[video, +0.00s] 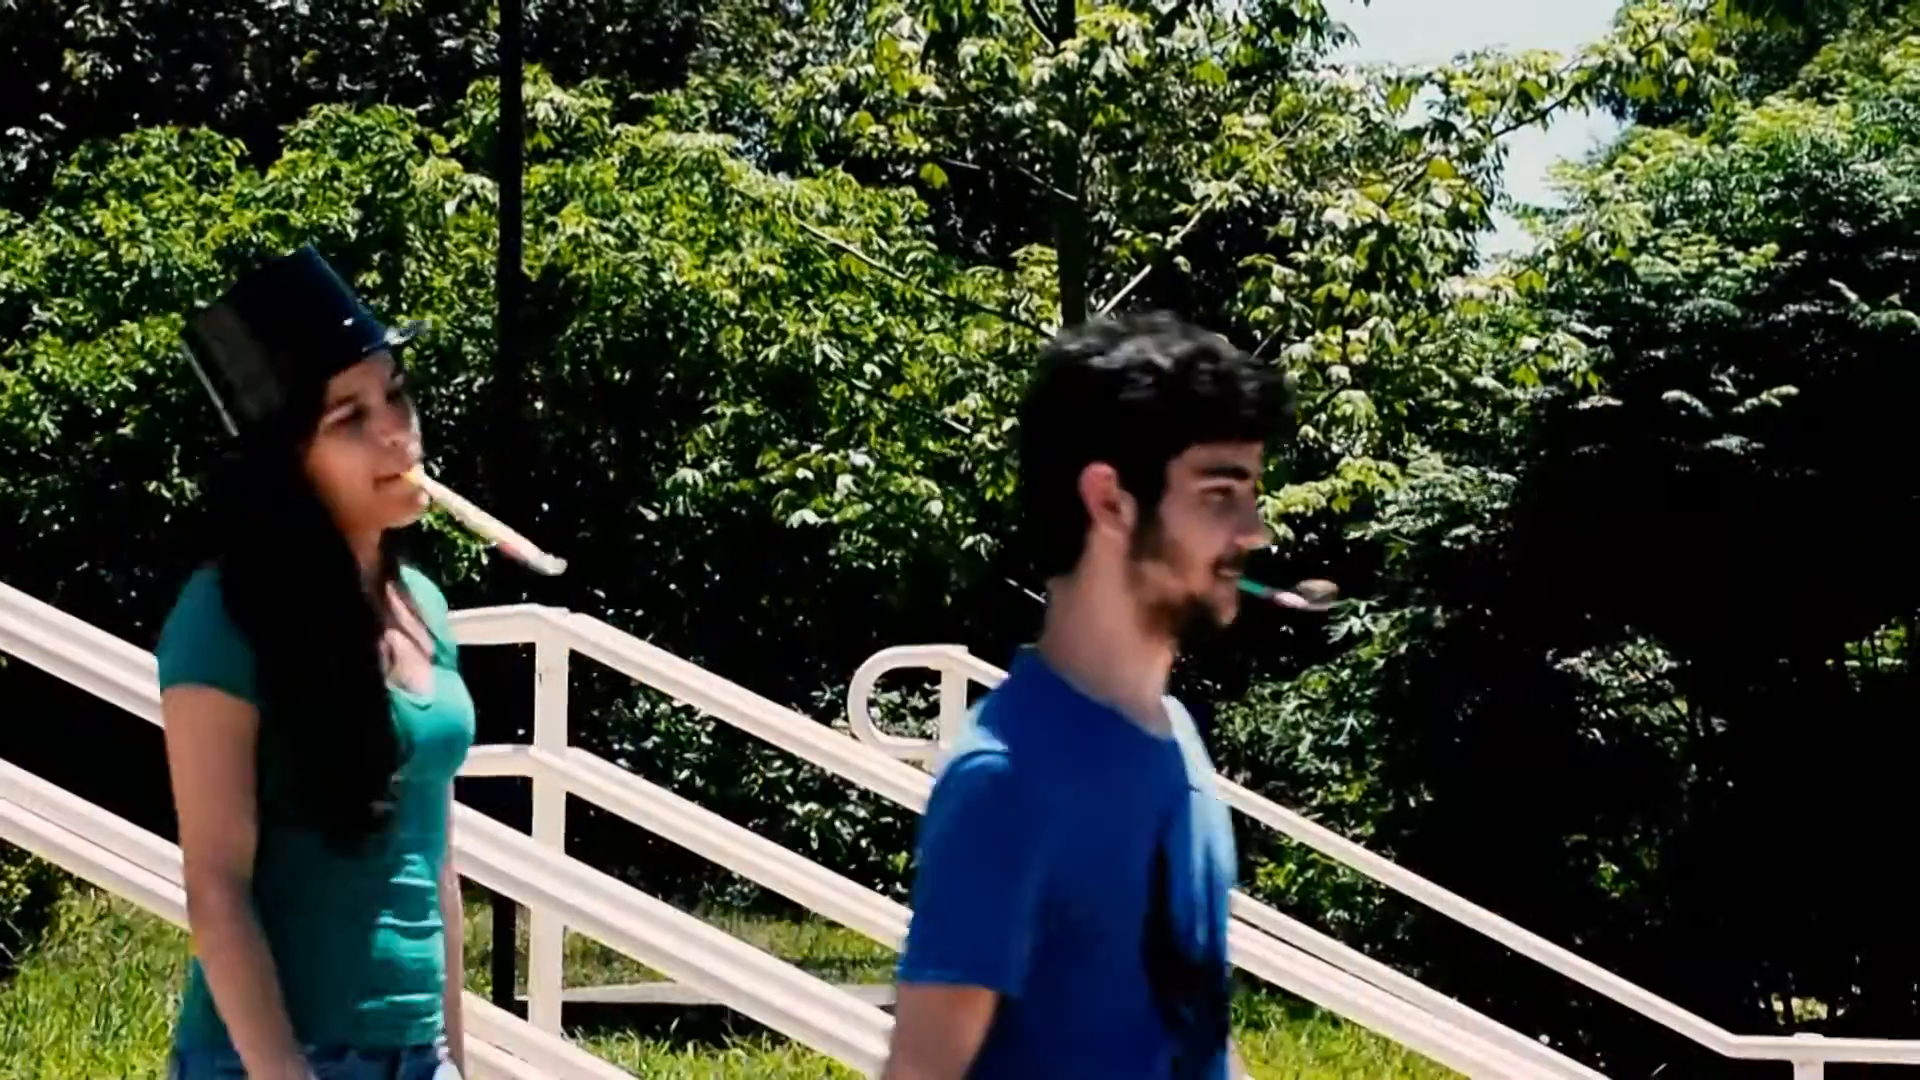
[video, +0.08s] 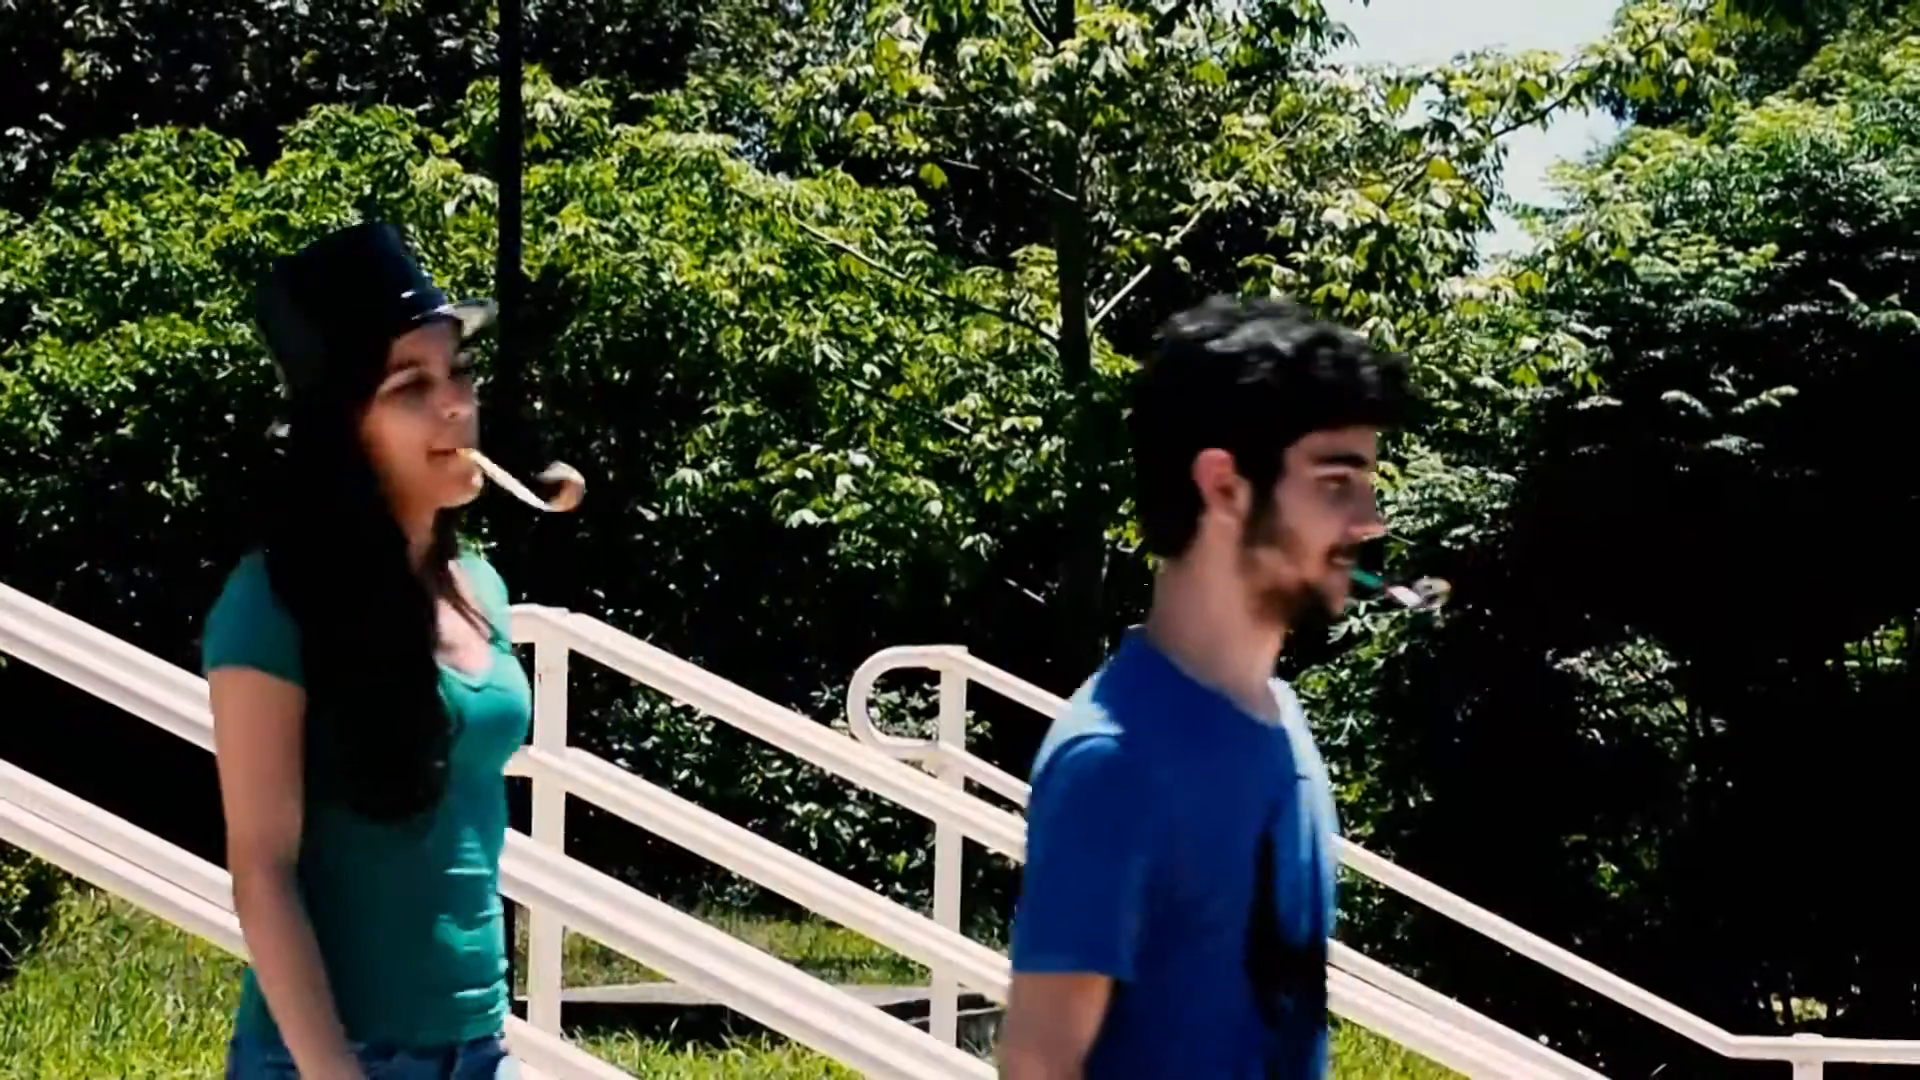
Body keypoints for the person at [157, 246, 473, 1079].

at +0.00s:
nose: (394, 435)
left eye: (395, 398)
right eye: (348, 419)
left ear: (412, 401)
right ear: (282, 457)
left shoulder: (420, 601)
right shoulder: (221, 619)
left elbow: (437, 864)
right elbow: (215, 884)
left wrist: (450, 1050)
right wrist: (279, 1068)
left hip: (415, 1047)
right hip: (277, 1047)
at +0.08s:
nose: (454, 407)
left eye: (457, 373)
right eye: (410, 387)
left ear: (469, 380)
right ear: (338, 423)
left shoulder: (474, 584)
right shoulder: (270, 606)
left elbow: (462, 828)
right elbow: (262, 870)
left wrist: (482, 1025)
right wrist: (330, 1066)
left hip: (472, 1041)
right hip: (331, 1046)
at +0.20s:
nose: (563, 422)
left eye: (567, 394)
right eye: (522, 393)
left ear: (578, 408)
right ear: (438, 419)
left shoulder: (558, 607)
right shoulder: (346, 626)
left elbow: (545, 866)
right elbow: (336, 909)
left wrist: (581, 1052)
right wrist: (388, 1073)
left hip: (565, 1049)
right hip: (417, 1052)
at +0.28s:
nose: (647, 468)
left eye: (649, 444)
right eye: (608, 439)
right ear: (518, 461)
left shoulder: (624, 656)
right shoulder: (415, 682)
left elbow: (617, 908)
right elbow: (402, 970)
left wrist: (645, 1055)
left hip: (637, 1053)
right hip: (501, 1058)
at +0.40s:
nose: (764, 551)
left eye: (759, 523)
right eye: (728, 518)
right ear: (636, 538)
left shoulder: (717, 732)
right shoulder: (532, 769)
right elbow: (511, 1059)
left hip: (735, 1063)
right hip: (608, 1066)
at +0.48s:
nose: (847, 581)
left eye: (836, 551)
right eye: (811, 547)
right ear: (723, 567)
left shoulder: (782, 772)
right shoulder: (618, 798)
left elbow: (785, 1019)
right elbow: (584, 1069)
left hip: (796, 1067)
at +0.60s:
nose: (959, 562)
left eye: (947, 533)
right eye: (924, 532)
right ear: (836, 557)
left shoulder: (886, 762)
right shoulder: (737, 777)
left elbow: (920, 1015)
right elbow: (678, 1058)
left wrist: (969, 1069)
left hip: (922, 1067)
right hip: (819, 1067)